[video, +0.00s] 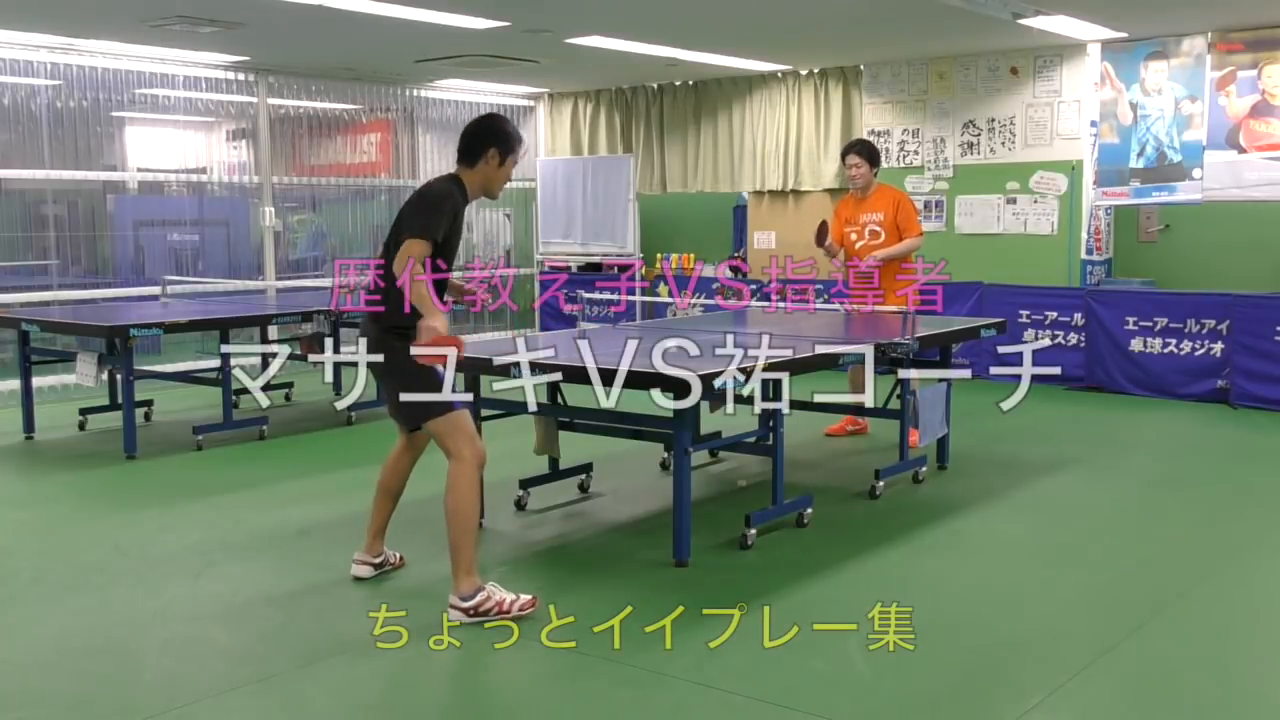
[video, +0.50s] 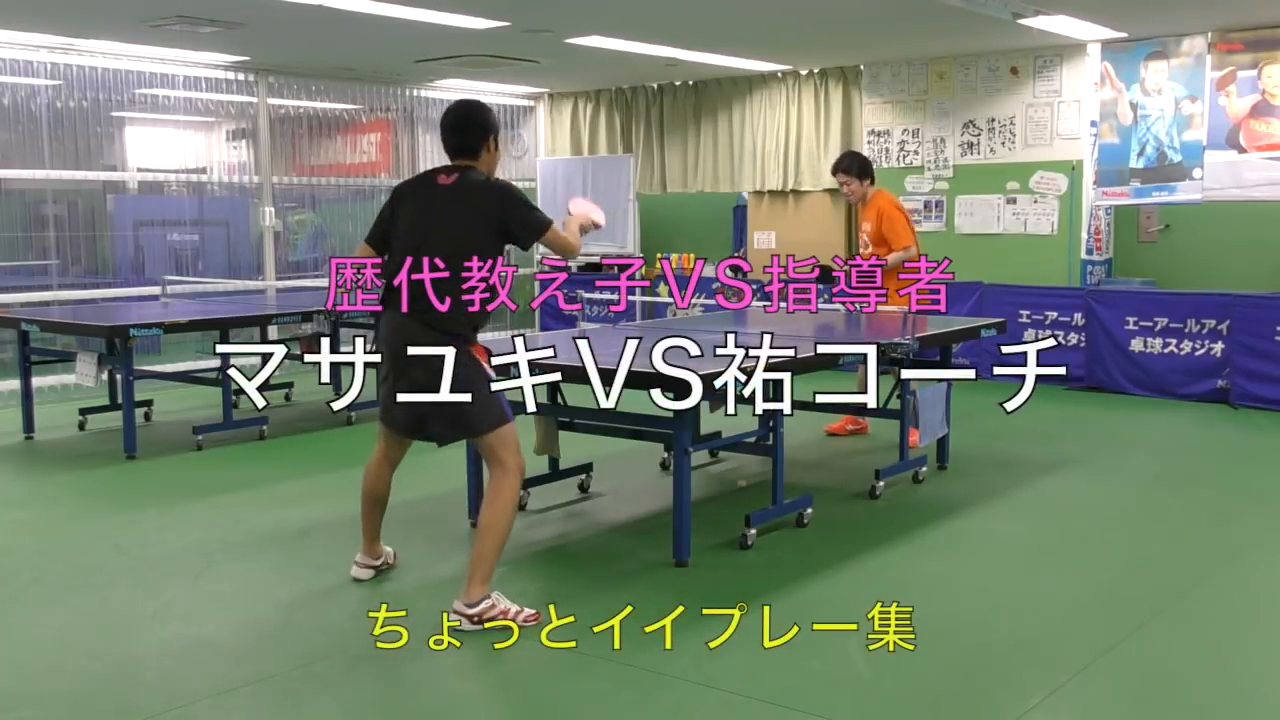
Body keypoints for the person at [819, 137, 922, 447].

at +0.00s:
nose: (853, 172)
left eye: (858, 165)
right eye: (848, 167)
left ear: (873, 167)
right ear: (844, 170)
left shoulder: (895, 198)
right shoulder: (843, 206)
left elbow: (915, 239)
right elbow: (838, 252)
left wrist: (879, 254)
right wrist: (829, 246)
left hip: (896, 293)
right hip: (860, 293)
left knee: (903, 356)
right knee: (856, 353)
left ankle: (912, 423)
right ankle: (857, 416)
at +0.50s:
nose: (844, 191)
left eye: (848, 184)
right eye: (841, 185)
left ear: (865, 179)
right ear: (845, 183)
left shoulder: (886, 206)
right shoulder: (866, 206)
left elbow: (909, 250)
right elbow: (873, 249)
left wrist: (876, 265)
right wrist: (854, 264)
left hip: (898, 298)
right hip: (876, 298)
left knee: (901, 363)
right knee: (867, 357)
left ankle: (913, 423)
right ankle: (857, 416)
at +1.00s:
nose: (856, 175)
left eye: (861, 169)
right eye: (852, 170)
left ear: (877, 170)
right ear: (848, 173)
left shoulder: (899, 201)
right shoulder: (854, 206)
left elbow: (919, 243)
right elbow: (846, 249)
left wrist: (884, 255)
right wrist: (836, 262)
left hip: (901, 296)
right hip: (868, 297)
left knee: (908, 361)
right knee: (865, 355)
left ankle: (913, 423)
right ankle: (865, 414)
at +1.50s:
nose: (839, 184)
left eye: (843, 177)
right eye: (837, 178)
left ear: (861, 176)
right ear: (841, 178)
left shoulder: (893, 202)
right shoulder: (844, 211)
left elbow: (914, 241)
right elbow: (824, 245)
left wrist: (882, 252)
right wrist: (805, 237)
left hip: (904, 295)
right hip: (869, 297)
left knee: (914, 359)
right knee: (866, 355)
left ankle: (923, 420)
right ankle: (867, 413)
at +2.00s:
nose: (847, 182)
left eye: (852, 176)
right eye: (844, 177)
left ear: (870, 175)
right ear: (843, 177)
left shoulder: (892, 203)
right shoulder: (858, 208)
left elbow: (913, 245)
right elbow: (860, 254)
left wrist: (882, 258)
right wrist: (835, 279)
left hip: (900, 298)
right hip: (870, 298)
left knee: (912, 359)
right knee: (866, 354)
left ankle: (926, 417)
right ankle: (867, 413)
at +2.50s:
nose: (850, 173)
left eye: (856, 166)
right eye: (846, 168)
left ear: (873, 167)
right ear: (844, 171)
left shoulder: (898, 197)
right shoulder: (846, 207)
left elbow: (920, 237)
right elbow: (834, 249)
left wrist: (886, 246)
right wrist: (821, 248)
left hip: (904, 295)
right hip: (867, 297)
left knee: (913, 357)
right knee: (866, 354)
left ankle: (923, 419)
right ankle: (866, 413)